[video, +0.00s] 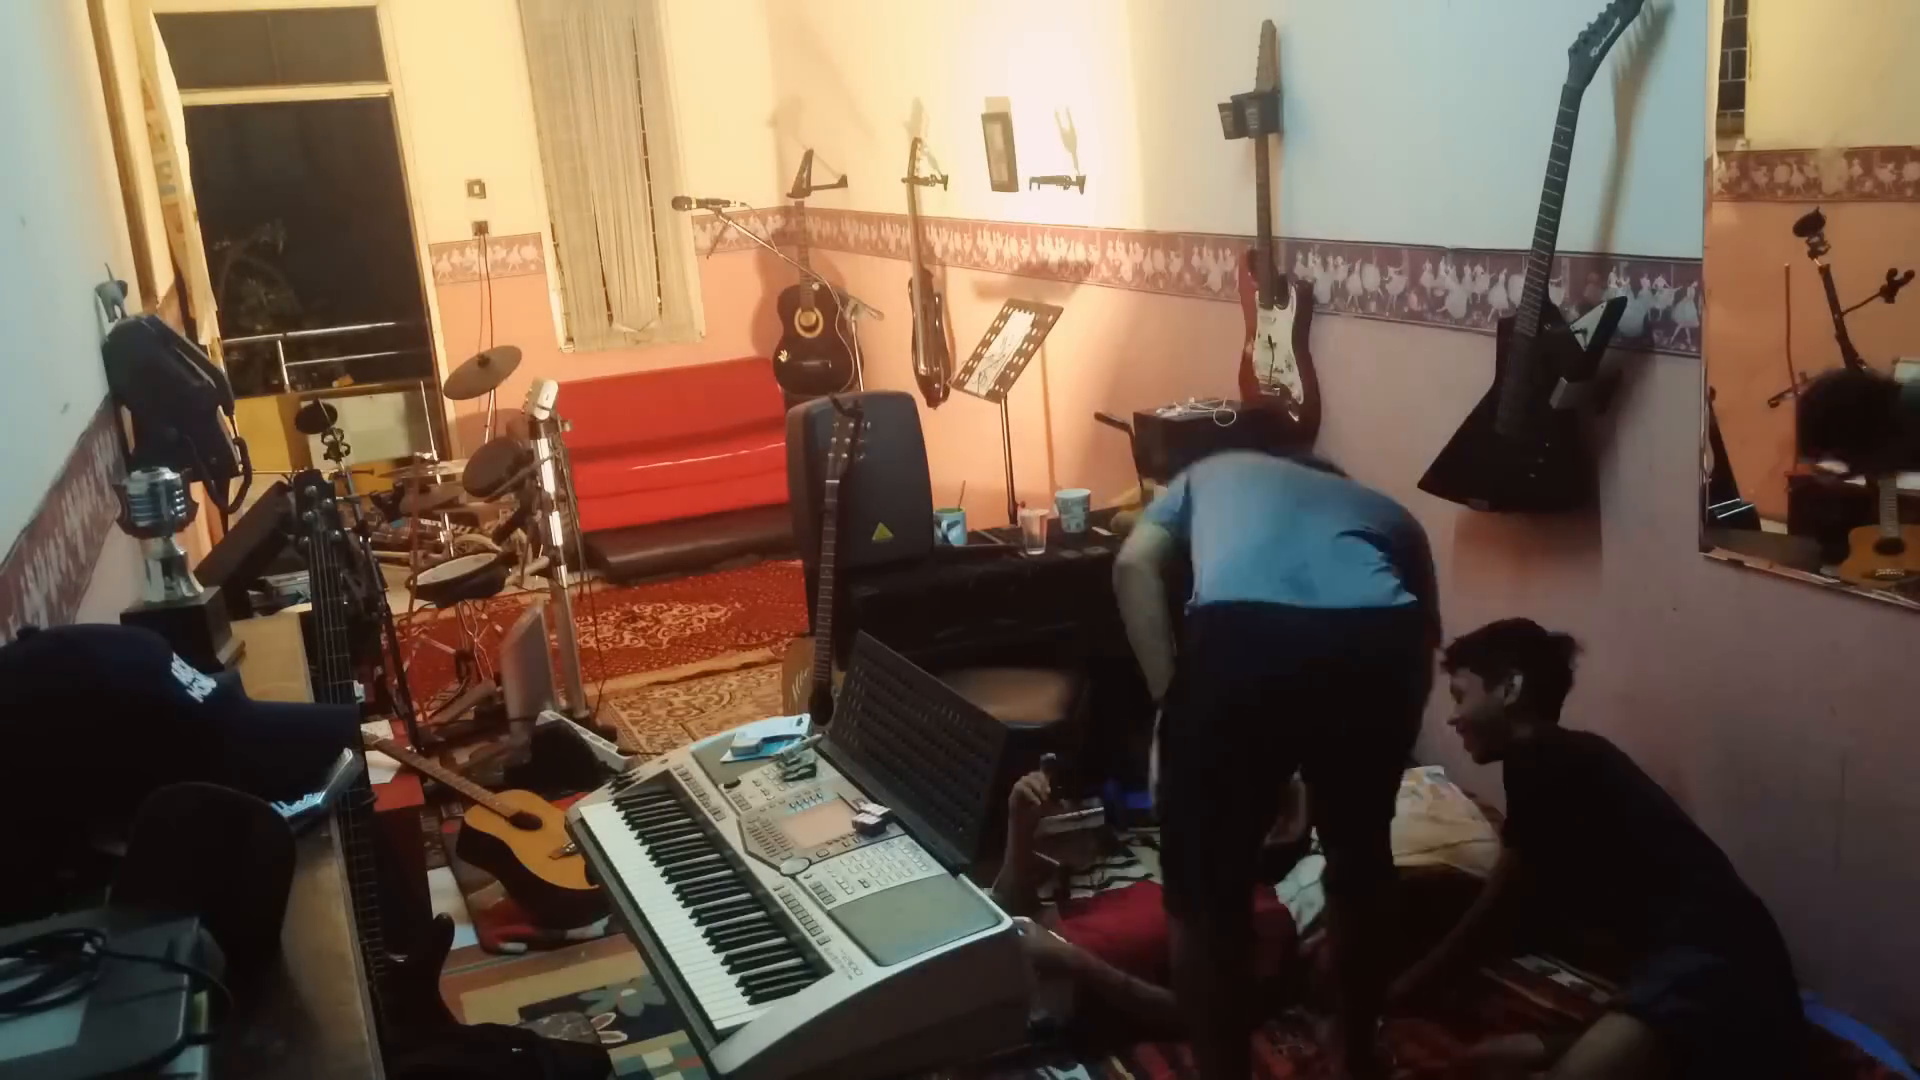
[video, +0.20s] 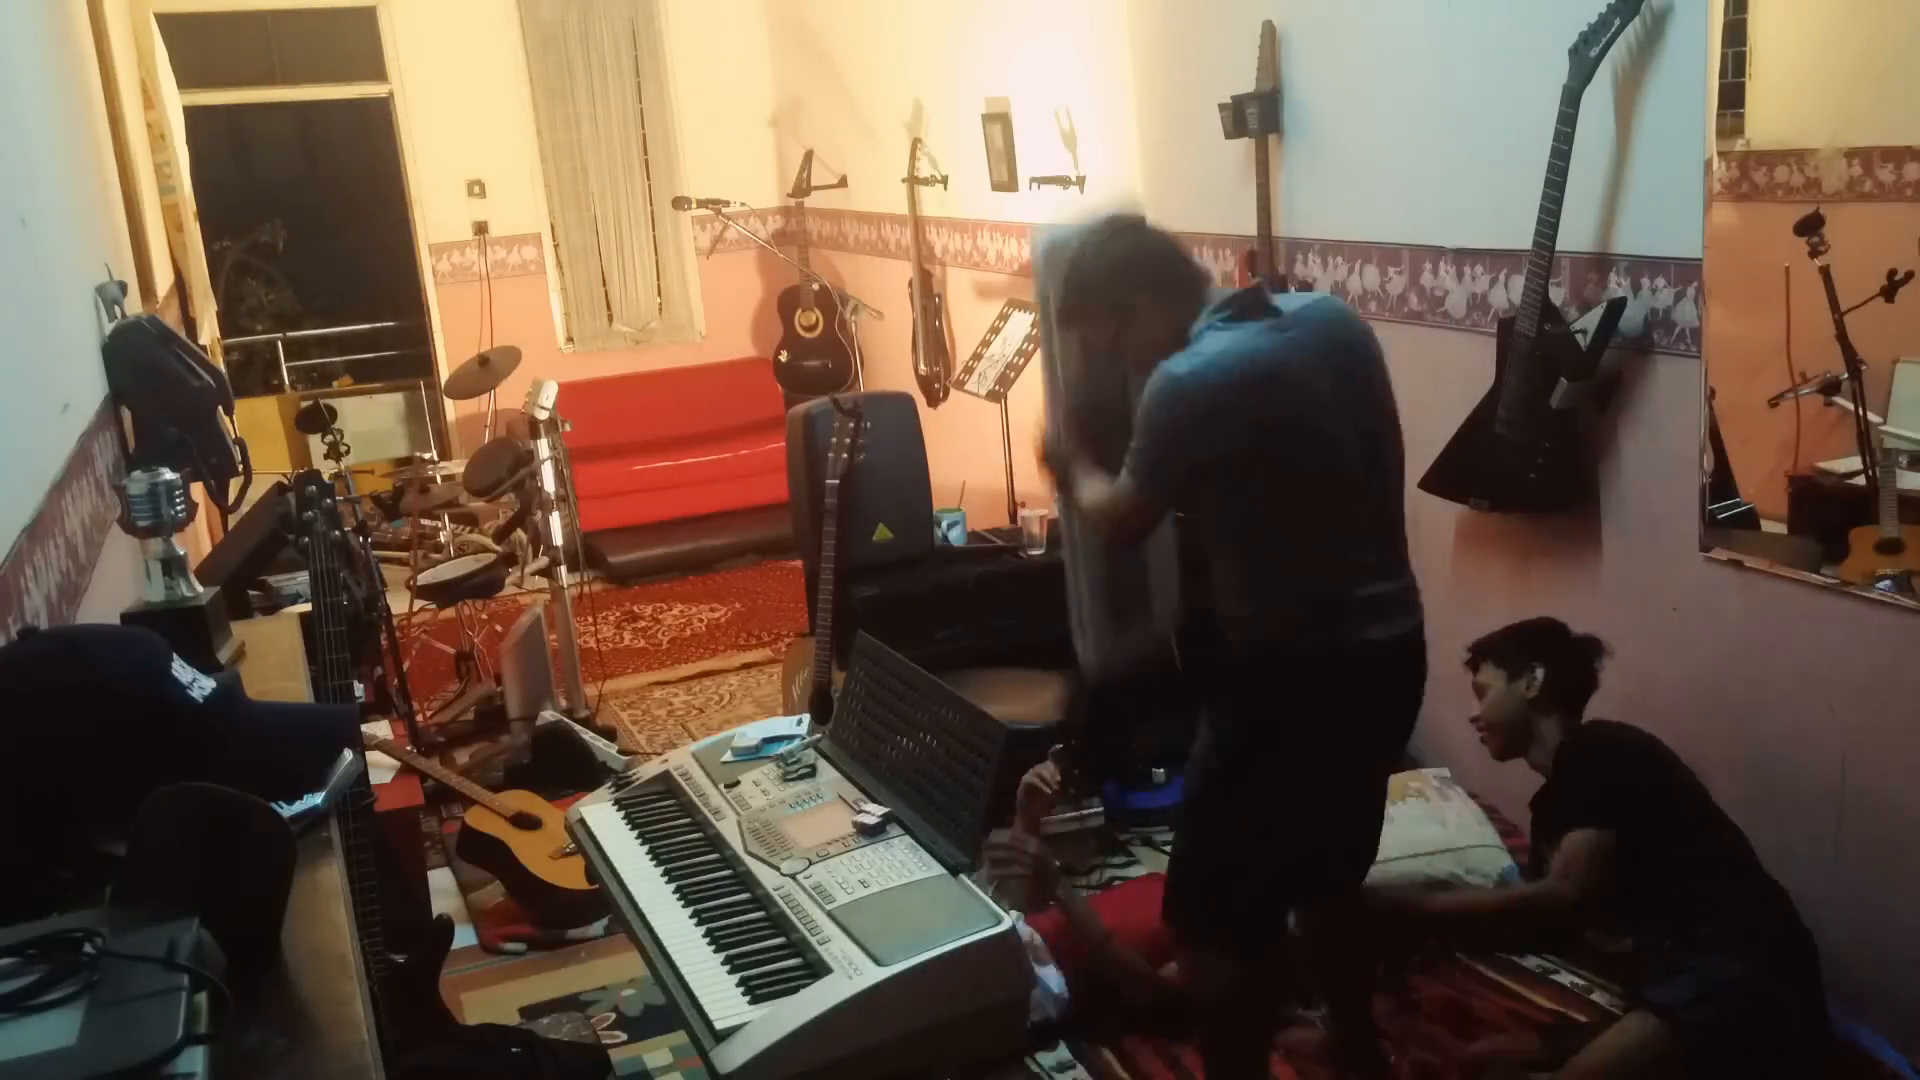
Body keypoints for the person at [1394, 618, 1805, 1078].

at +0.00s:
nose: (1453, 717)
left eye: (1460, 696)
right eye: (1454, 699)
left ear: (1510, 690)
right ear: (1511, 691)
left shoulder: (1541, 766)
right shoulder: (1577, 755)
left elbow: (1506, 901)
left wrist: (1418, 982)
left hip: (1709, 968)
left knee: (1583, 1065)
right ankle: (1556, 1046)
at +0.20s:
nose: (1474, 713)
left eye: (1483, 693)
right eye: (1474, 696)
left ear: (1533, 683)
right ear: (1530, 685)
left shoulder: (1597, 752)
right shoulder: (1557, 798)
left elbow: (1569, 893)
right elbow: (1542, 905)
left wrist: (1419, 906)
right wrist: (1421, 912)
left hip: (1744, 969)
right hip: (1688, 964)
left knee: (1581, 1070)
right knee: (1491, 1055)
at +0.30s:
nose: (1470, 704)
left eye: (1480, 684)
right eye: (1470, 686)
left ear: (1531, 680)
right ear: (1531, 684)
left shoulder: (1581, 740)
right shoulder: (1567, 757)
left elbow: (1526, 875)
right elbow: (1555, 913)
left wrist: (1447, 874)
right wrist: (1428, 912)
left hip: (1732, 956)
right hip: (1690, 957)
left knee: (1585, 1069)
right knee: (1486, 1058)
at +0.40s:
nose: (1376, 744)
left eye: (1379, 726)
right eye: (1374, 729)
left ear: (1407, 709)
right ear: (1464, 704)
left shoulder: (1414, 728)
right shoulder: (1511, 743)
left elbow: (1405, 890)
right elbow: (1517, 899)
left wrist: (1403, 1005)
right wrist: (1403, 907)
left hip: (1633, 884)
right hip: (1740, 868)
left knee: (1565, 1057)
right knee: (1674, 1026)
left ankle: (1752, 1063)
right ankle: (1803, 1046)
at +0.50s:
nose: (1691, 623)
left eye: (1694, 603)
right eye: (1690, 602)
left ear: (1733, 621)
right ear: (1817, 597)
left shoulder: (1726, 766)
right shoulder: (1906, 722)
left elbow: (1659, 912)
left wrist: (1661, 738)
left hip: (1762, 1036)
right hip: (1895, 1025)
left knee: (1554, 1059)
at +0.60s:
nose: (1689, 630)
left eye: (1686, 613)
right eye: (1685, 613)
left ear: (1705, 622)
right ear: (1808, 595)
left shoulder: (1713, 766)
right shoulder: (1905, 730)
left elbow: (1643, 909)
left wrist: (1661, 740)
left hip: (1758, 1037)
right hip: (1890, 1029)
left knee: (1547, 1059)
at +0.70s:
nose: (1715, 598)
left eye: (1717, 581)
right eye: (1716, 580)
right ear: (1837, 589)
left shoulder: (1722, 742)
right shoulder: (1908, 724)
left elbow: (1717, 939)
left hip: (1753, 1042)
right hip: (1884, 1033)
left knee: (1561, 1052)